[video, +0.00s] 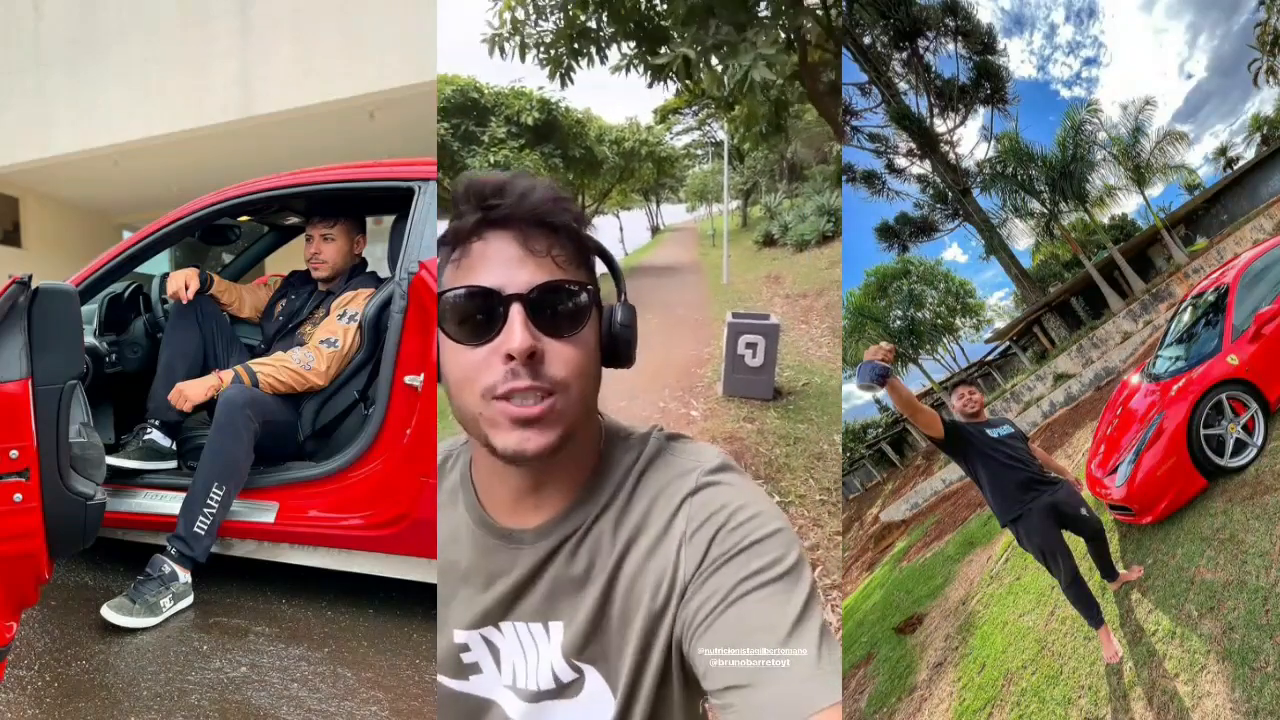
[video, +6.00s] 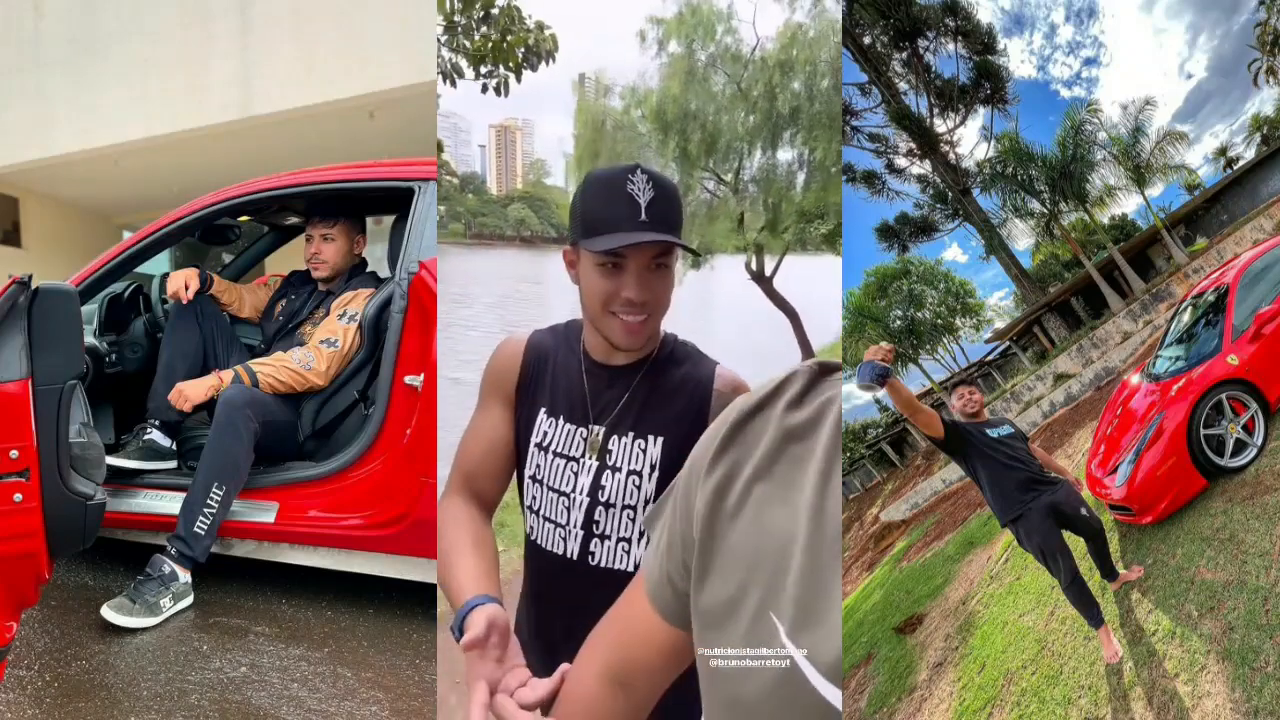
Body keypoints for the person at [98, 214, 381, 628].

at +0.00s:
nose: (314, 249)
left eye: (328, 239)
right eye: (310, 239)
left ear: (358, 245)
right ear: (305, 244)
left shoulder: (362, 296)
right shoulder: (291, 286)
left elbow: (315, 367)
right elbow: (244, 299)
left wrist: (220, 380)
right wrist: (201, 279)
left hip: (314, 412)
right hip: (262, 386)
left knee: (239, 402)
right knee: (196, 302)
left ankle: (177, 567)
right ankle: (161, 433)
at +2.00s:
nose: (314, 249)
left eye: (328, 239)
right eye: (310, 239)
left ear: (359, 245)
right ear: (305, 244)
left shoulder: (362, 297)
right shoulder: (291, 286)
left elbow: (315, 367)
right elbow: (243, 299)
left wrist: (220, 380)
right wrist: (201, 278)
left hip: (314, 411)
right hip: (261, 386)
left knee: (239, 402)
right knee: (195, 302)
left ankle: (177, 567)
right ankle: (160, 433)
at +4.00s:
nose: (315, 249)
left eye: (328, 239)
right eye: (310, 239)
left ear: (358, 245)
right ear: (304, 244)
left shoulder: (361, 297)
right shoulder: (292, 286)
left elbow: (315, 366)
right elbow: (243, 299)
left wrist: (219, 381)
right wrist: (203, 279)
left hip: (315, 411)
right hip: (265, 389)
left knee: (239, 402)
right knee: (196, 303)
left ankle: (177, 568)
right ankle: (161, 433)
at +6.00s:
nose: (314, 250)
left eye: (328, 239)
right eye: (310, 239)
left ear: (358, 245)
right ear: (304, 244)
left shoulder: (362, 297)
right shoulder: (292, 286)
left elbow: (315, 366)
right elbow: (242, 299)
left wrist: (219, 380)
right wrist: (202, 278)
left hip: (316, 410)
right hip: (266, 389)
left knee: (239, 402)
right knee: (195, 303)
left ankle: (177, 568)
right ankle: (161, 433)